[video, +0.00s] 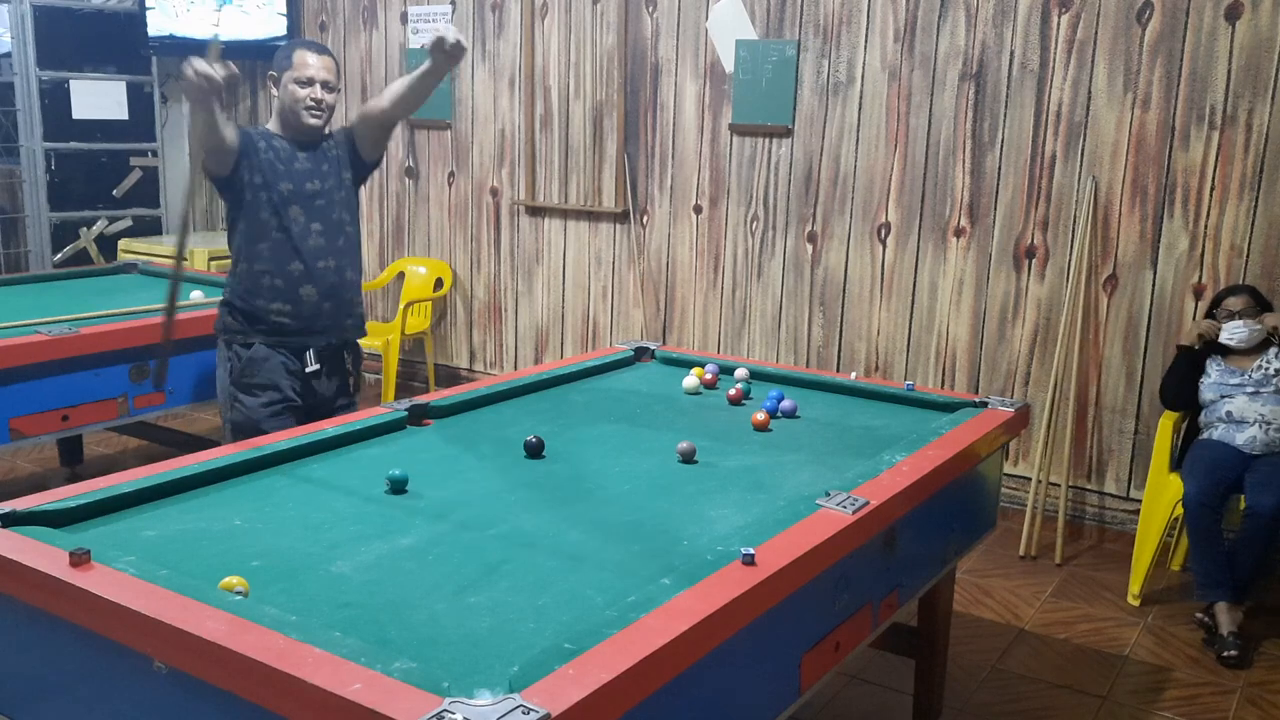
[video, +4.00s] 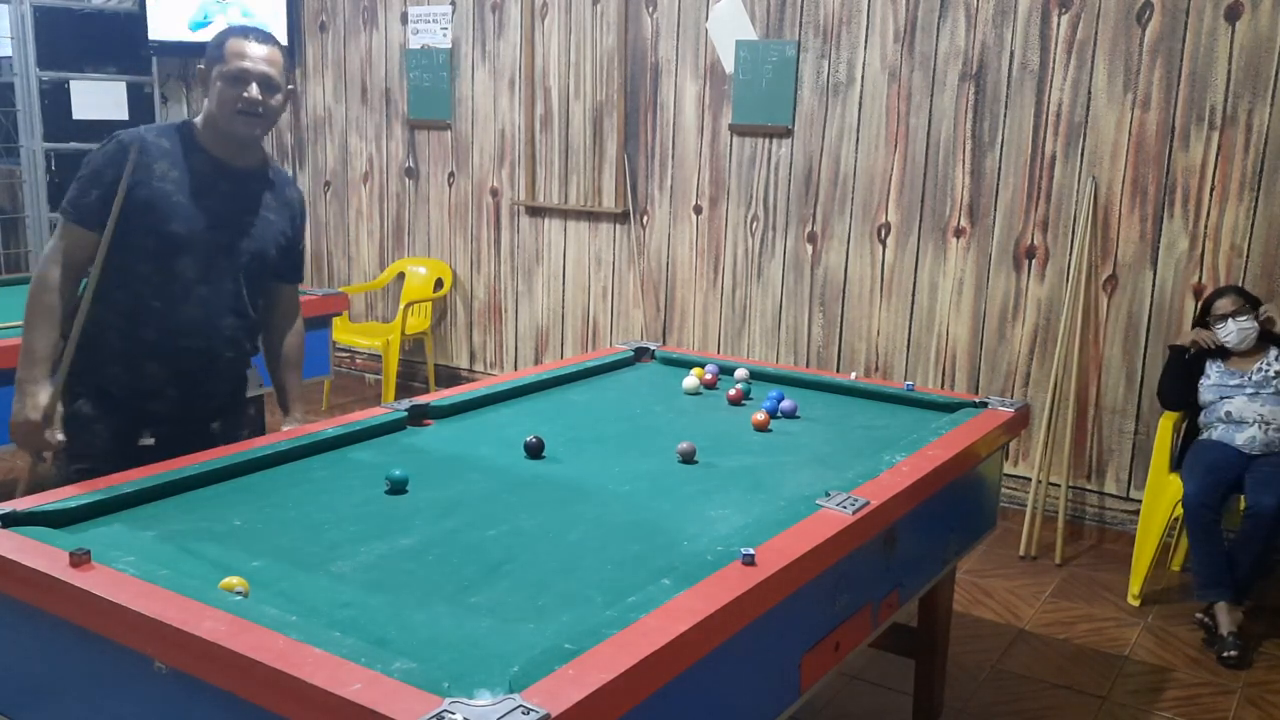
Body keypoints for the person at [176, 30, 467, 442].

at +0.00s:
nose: (318, 95)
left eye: (329, 87)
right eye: (304, 83)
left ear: (337, 96)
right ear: (275, 87)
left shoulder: (345, 153)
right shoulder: (246, 149)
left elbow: (384, 112)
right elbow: (214, 148)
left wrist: (436, 68)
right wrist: (204, 102)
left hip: (334, 351)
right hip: (261, 352)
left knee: (334, 485)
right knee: (267, 488)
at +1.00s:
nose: (282, 86)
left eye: (293, 77)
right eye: (268, 73)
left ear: (305, 89)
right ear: (240, 80)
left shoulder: (317, 146)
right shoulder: (217, 143)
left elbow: (369, 117)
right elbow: (192, 115)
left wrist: (410, 85)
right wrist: (186, 66)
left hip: (303, 348)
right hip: (232, 350)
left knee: (316, 478)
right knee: (244, 483)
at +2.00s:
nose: (150, 81)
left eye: (160, 69)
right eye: (133, 69)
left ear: (175, 80)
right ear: (96, 78)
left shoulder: (201, 158)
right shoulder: (72, 176)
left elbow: (244, 259)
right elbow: (59, 296)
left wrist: (283, 345)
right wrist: (50, 406)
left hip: (225, 377)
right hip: (134, 387)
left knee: (258, 521)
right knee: (154, 535)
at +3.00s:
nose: (188, 100)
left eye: (202, 89)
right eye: (172, 85)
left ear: (219, 98)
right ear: (138, 86)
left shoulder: (243, 179)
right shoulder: (87, 177)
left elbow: (273, 289)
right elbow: (57, 288)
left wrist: (304, 382)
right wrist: (38, 402)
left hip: (224, 404)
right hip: (120, 406)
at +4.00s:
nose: (253, 94)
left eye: (268, 86)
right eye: (237, 80)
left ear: (284, 103)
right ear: (204, 84)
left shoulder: (284, 198)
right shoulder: (131, 156)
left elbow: (283, 316)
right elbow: (61, 265)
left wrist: (296, 414)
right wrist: (33, 382)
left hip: (215, 414)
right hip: (108, 410)